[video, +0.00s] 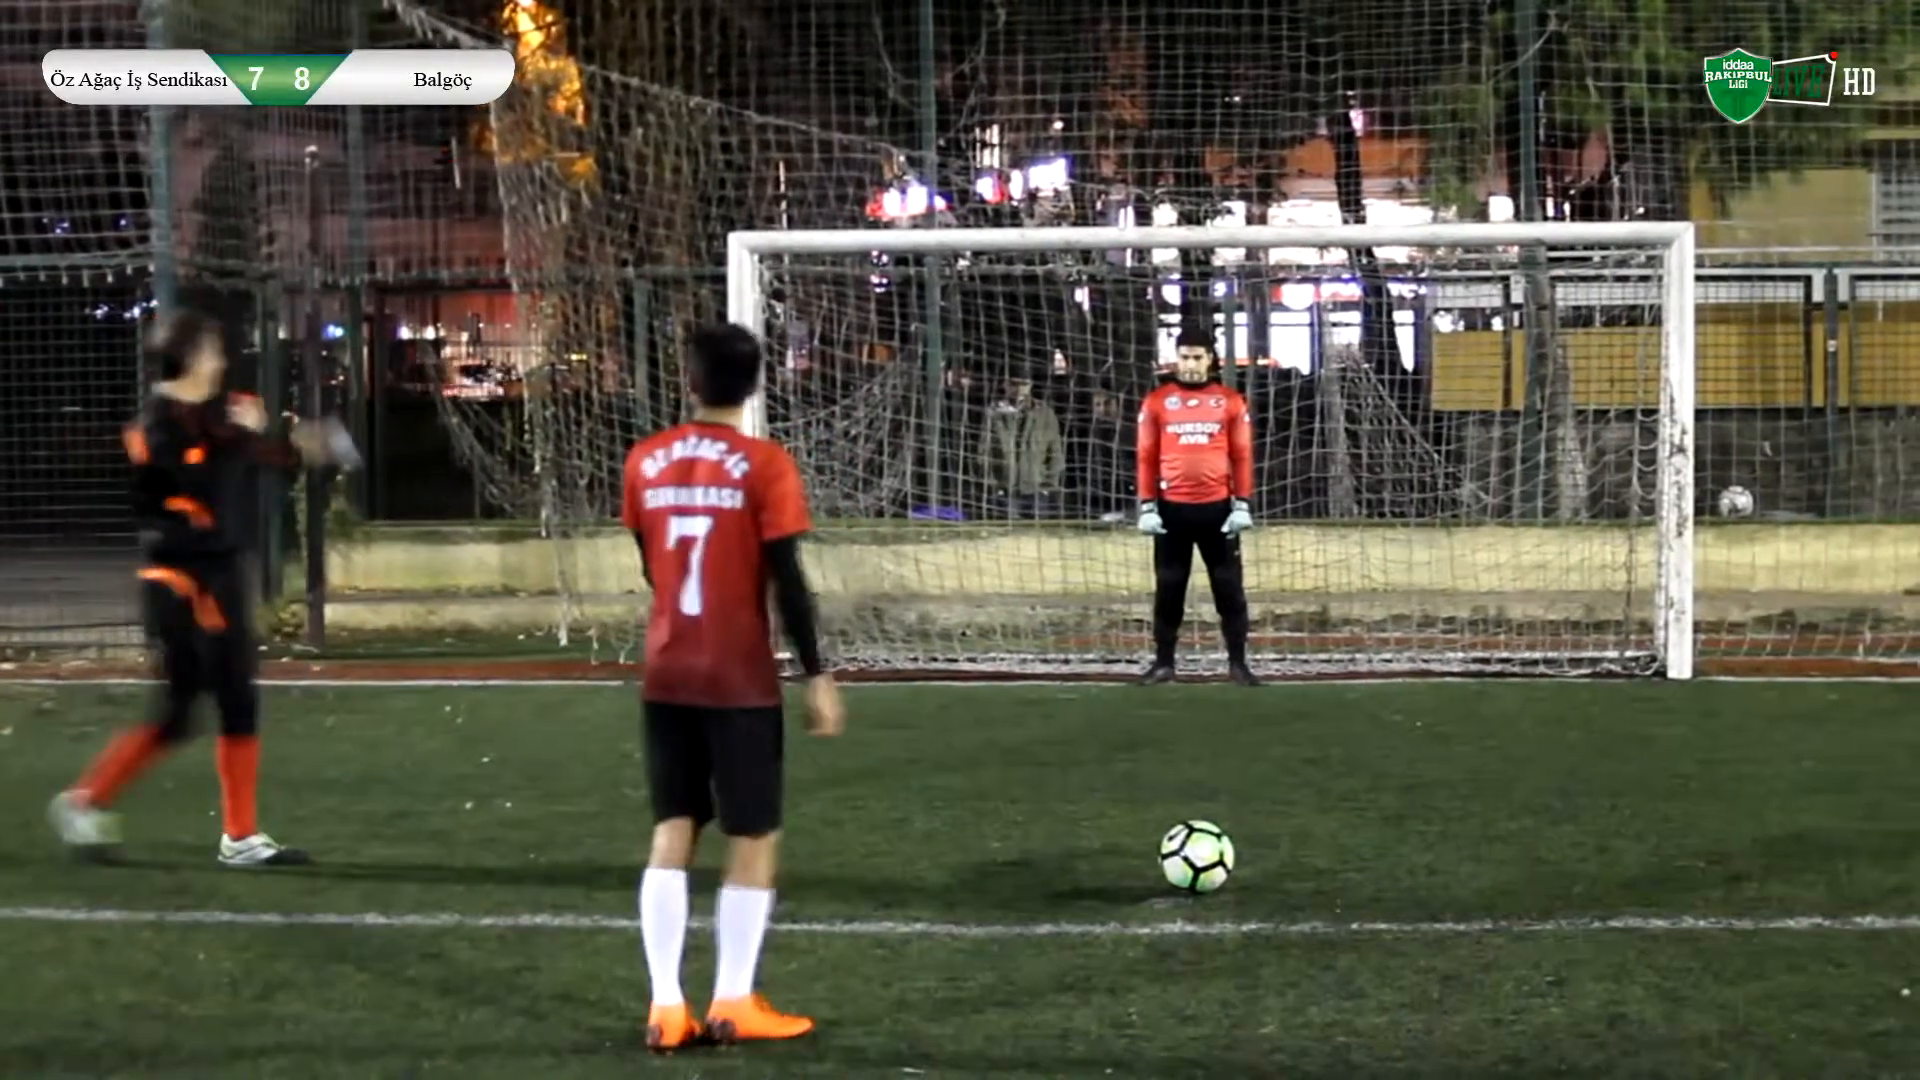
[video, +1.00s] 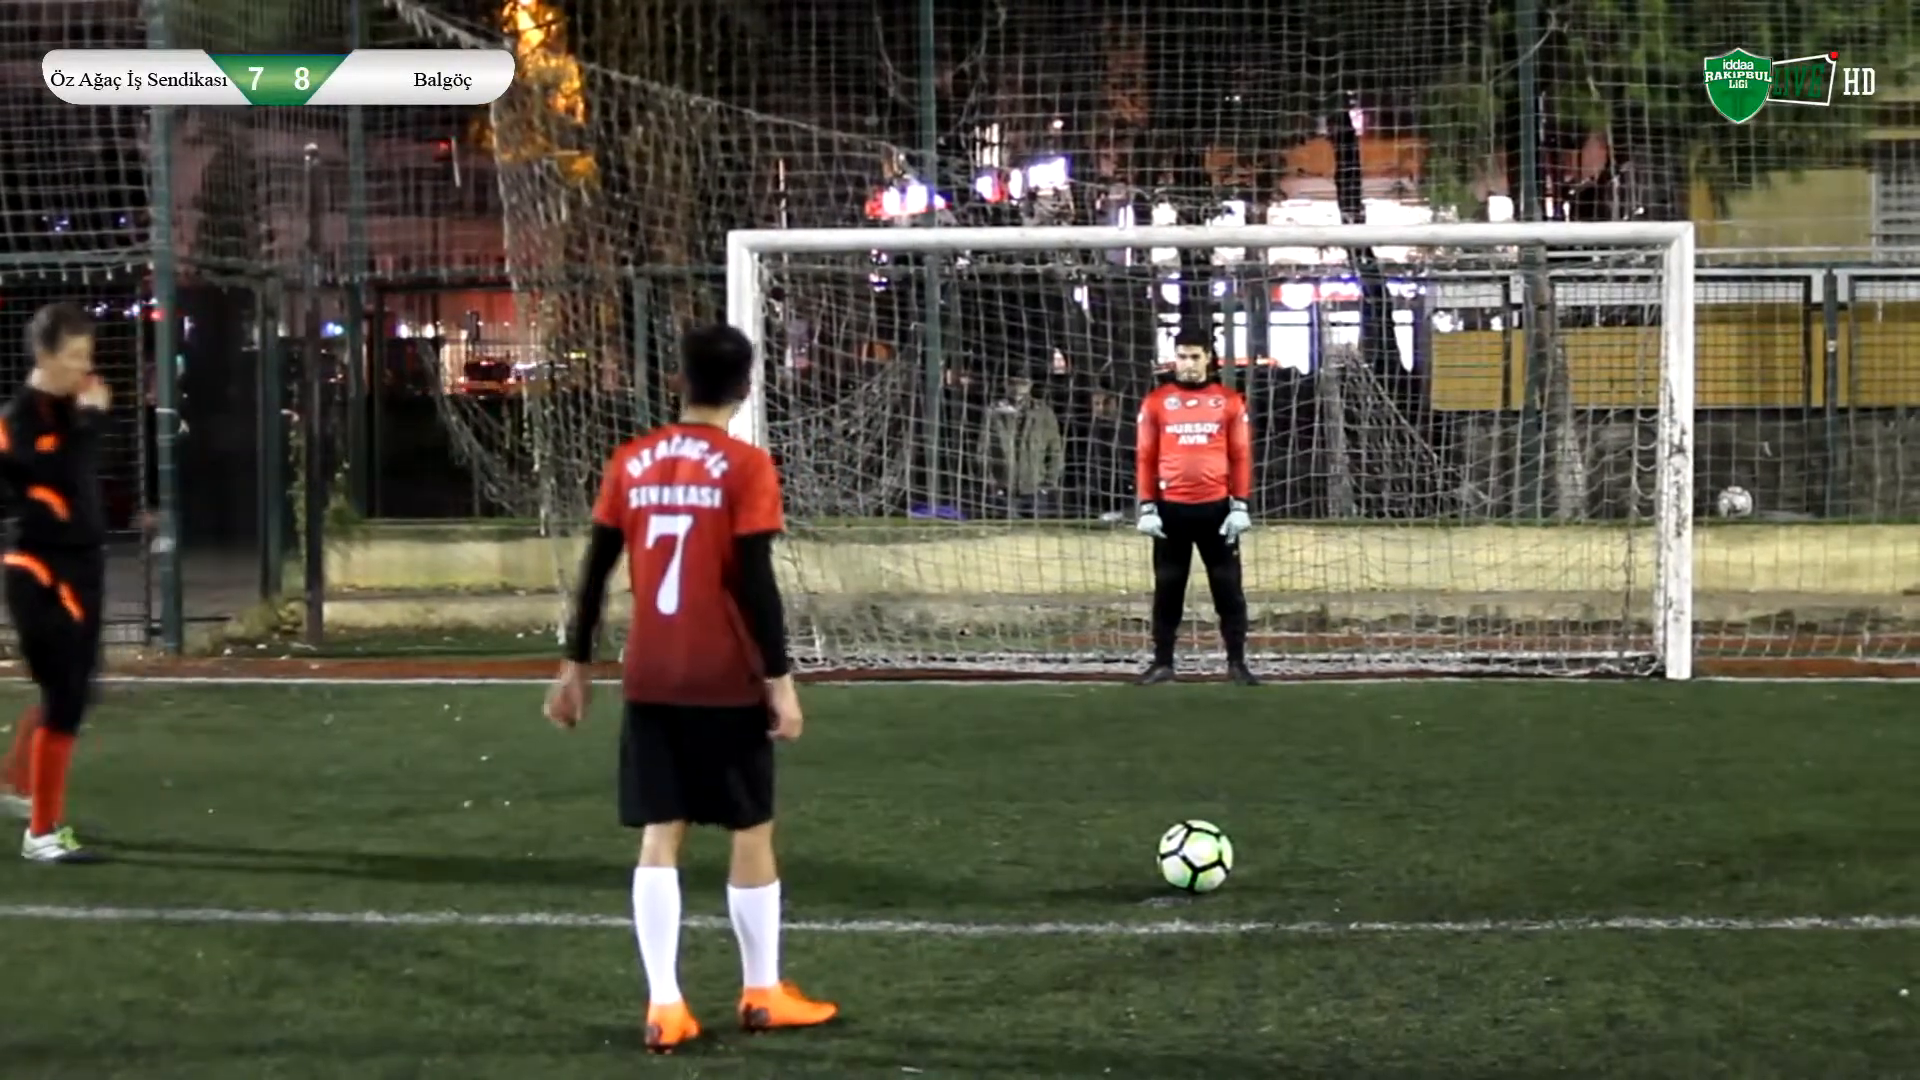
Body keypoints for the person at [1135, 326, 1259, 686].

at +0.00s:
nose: (1190, 365)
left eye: (1197, 357)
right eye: (1184, 357)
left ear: (1211, 360)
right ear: (1175, 360)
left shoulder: (1230, 401)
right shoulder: (1156, 401)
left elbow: (1242, 454)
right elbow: (1146, 455)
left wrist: (1242, 501)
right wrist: (1147, 503)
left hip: (1218, 506)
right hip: (1171, 507)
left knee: (1229, 590)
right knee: (1168, 589)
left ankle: (1238, 662)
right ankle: (1164, 661)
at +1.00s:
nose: (1188, 364)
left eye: (1195, 357)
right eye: (1182, 357)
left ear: (1209, 359)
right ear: (1174, 359)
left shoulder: (1230, 402)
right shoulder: (1155, 402)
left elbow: (1241, 455)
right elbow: (1145, 456)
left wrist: (1240, 503)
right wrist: (1147, 505)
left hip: (1216, 507)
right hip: (1170, 508)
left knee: (1228, 589)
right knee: (1167, 589)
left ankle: (1237, 662)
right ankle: (1163, 661)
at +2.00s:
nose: (1191, 363)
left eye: (1199, 356)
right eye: (1185, 356)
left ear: (1212, 359)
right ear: (1176, 359)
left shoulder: (1232, 402)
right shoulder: (1157, 402)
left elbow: (1243, 456)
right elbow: (1147, 456)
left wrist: (1242, 505)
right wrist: (1148, 506)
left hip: (1219, 507)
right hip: (1172, 509)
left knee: (1231, 590)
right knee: (1169, 590)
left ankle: (1236, 660)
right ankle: (1164, 660)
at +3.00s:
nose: (1205, 381)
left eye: (1212, 374)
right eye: (1198, 374)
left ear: (1223, 375)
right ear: (1187, 375)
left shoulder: (1243, 415)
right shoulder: (1168, 415)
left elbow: (1252, 472)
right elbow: (1158, 472)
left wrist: (1253, 521)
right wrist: (1157, 523)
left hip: (1231, 516)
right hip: (1185, 516)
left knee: (1255, 589)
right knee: (1167, 593)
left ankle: (1256, 660)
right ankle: (1159, 664)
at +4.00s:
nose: (1235, 495)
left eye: (1245, 488)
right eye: (1229, 486)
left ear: (1259, 495)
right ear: (1219, 489)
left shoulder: (1270, 524)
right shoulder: (1203, 520)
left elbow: (1296, 555)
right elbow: (1179, 548)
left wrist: (1313, 576)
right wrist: (1149, 564)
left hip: (1254, 601)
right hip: (1209, 595)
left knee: (1283, 631)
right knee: (1155, 627)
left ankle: (1240, 692)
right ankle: (1098, 687)